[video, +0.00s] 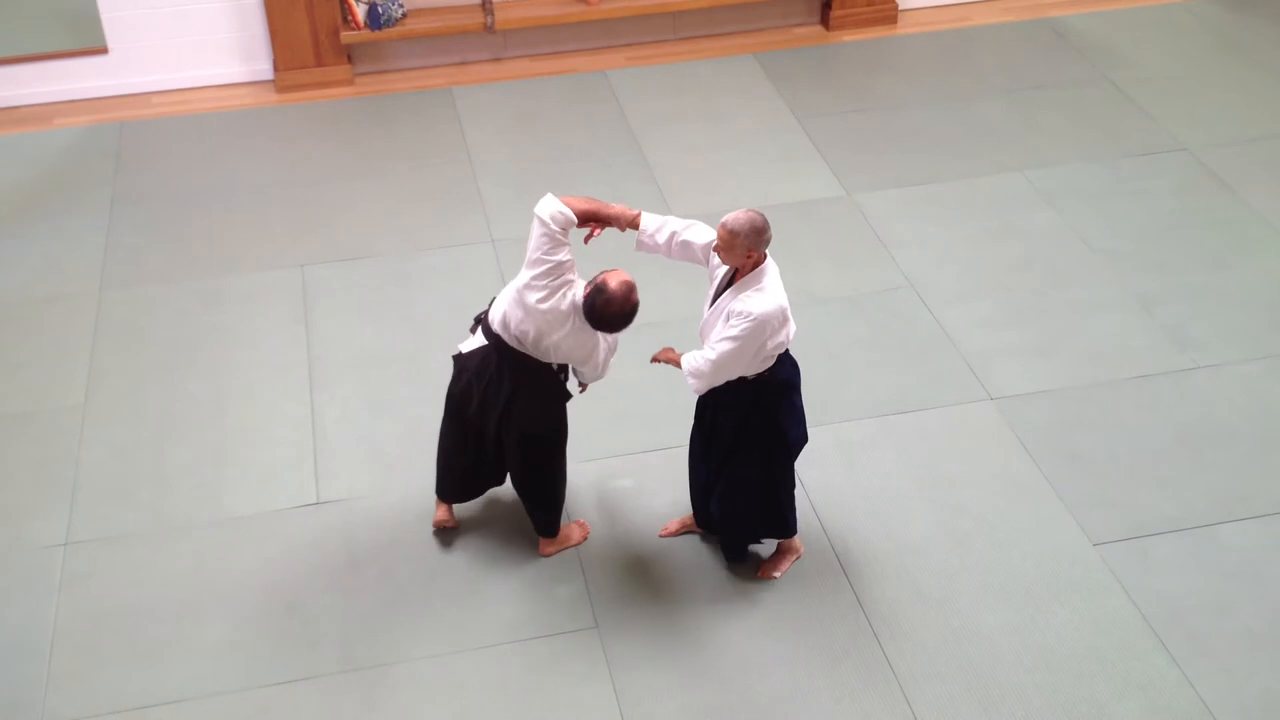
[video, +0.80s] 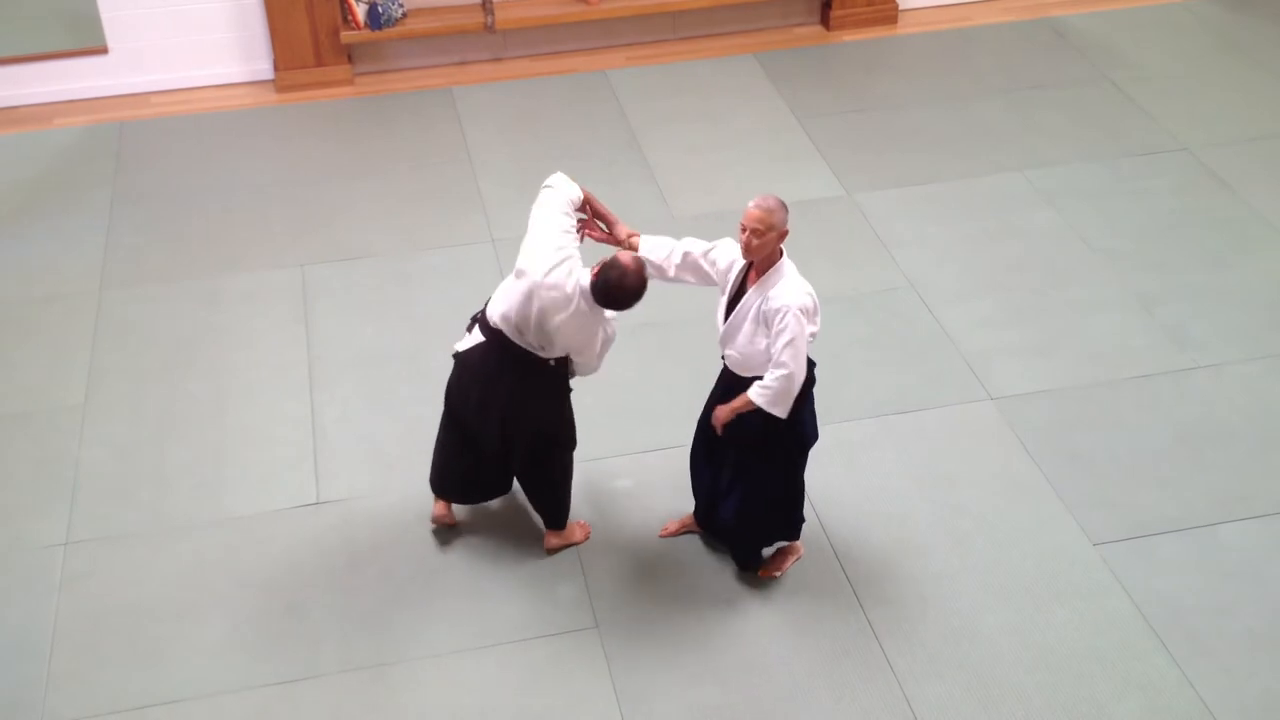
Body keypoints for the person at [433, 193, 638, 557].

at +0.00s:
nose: (620, 269)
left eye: (614, 276)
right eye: (629, 278)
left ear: (590, 286)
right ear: (618, 322)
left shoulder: (551, 268)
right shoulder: (599, 344)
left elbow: (554, 210)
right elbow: (588, 377)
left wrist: (609, 213)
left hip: (487, 356)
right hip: (539, 378)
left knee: (459, 429)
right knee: (543, 455)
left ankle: (443, 506)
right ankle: (549, 535)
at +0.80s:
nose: (612, 251)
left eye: (613, 256)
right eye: (625, 257)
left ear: (598, 266)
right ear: (624, 303)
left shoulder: (554, 254)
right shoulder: (600, 331)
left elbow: (561, 185)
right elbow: (582, 368)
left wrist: (603, 215)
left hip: (486, 351)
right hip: (541, 376)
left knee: (461, 425)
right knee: (551, 449)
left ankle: (442, 503)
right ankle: (556, 530)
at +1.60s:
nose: (576, 241)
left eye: (577, 233)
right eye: (569, 235)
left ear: (546, 235)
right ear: (537, 236)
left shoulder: (574, 265)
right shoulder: (487, 279)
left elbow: (623, 308)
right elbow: (448, 341)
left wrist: (684, 321)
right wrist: (443, 401)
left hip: (536, 375)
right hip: (487, 380)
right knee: (483, 460)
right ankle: (474, 534)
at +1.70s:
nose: (586, 241)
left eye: (587, 233)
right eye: (579, 235)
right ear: (547, 234)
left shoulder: (582, 262)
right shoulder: (496, 276)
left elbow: (629, 306)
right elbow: (457, 338)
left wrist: (688, 324)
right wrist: (449, 395)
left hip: (550, 368)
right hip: (501, 377)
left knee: (583, 431)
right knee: (503, 455)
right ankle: (493, 523)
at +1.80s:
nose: (598, 238)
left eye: (599, 230)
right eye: (591, 232)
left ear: (566, 233)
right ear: (558, 234)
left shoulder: (594, 260)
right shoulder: (510, 273)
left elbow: (631, 305)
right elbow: (470, 337)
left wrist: (681, 332)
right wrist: (470, 395)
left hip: (567, 366)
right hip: (515, 374)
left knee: (600, 434)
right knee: (506, 453)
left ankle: (601, 481)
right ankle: (493, 524)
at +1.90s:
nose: (608, 239)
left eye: (609, 230)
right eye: (601, 232)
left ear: (573, 235)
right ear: (569, 236)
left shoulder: (605, 256)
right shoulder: (523, 272)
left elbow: (633, 303)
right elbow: (490, 335)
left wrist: (668, 344)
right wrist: (498, 391)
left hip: (581, 362)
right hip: (532, 369)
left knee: (602, 425)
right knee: (517, 446)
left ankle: (615, 481)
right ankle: (496, 518)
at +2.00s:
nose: (614, 236)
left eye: (615, 228)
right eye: (607, 232)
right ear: (575, 237)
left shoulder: (611, 251)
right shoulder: (528, 271)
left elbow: (630, 300)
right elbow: (501, 335)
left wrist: (649, 350)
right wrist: (527, 384)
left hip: (584, 356)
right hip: (533, 364)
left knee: (605, 420)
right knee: (527, 442)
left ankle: (615, 483)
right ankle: (504, 524)